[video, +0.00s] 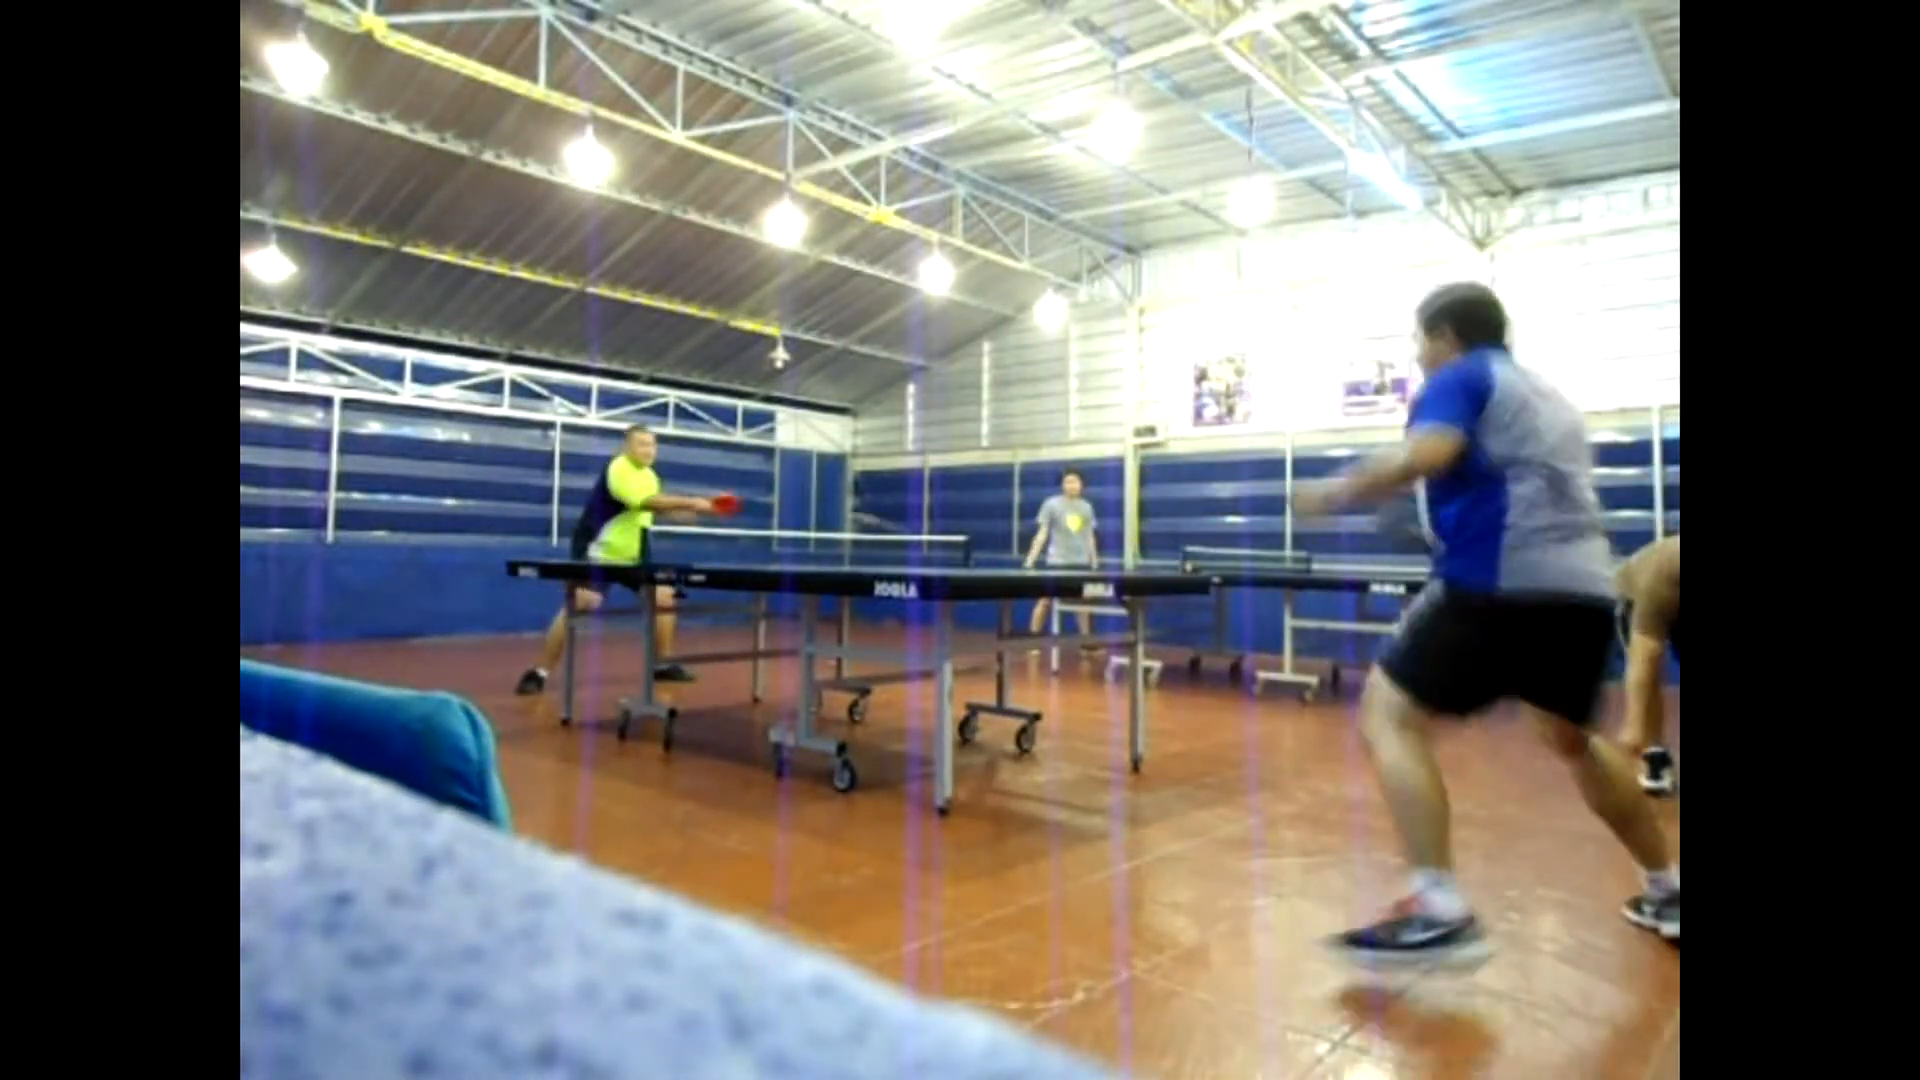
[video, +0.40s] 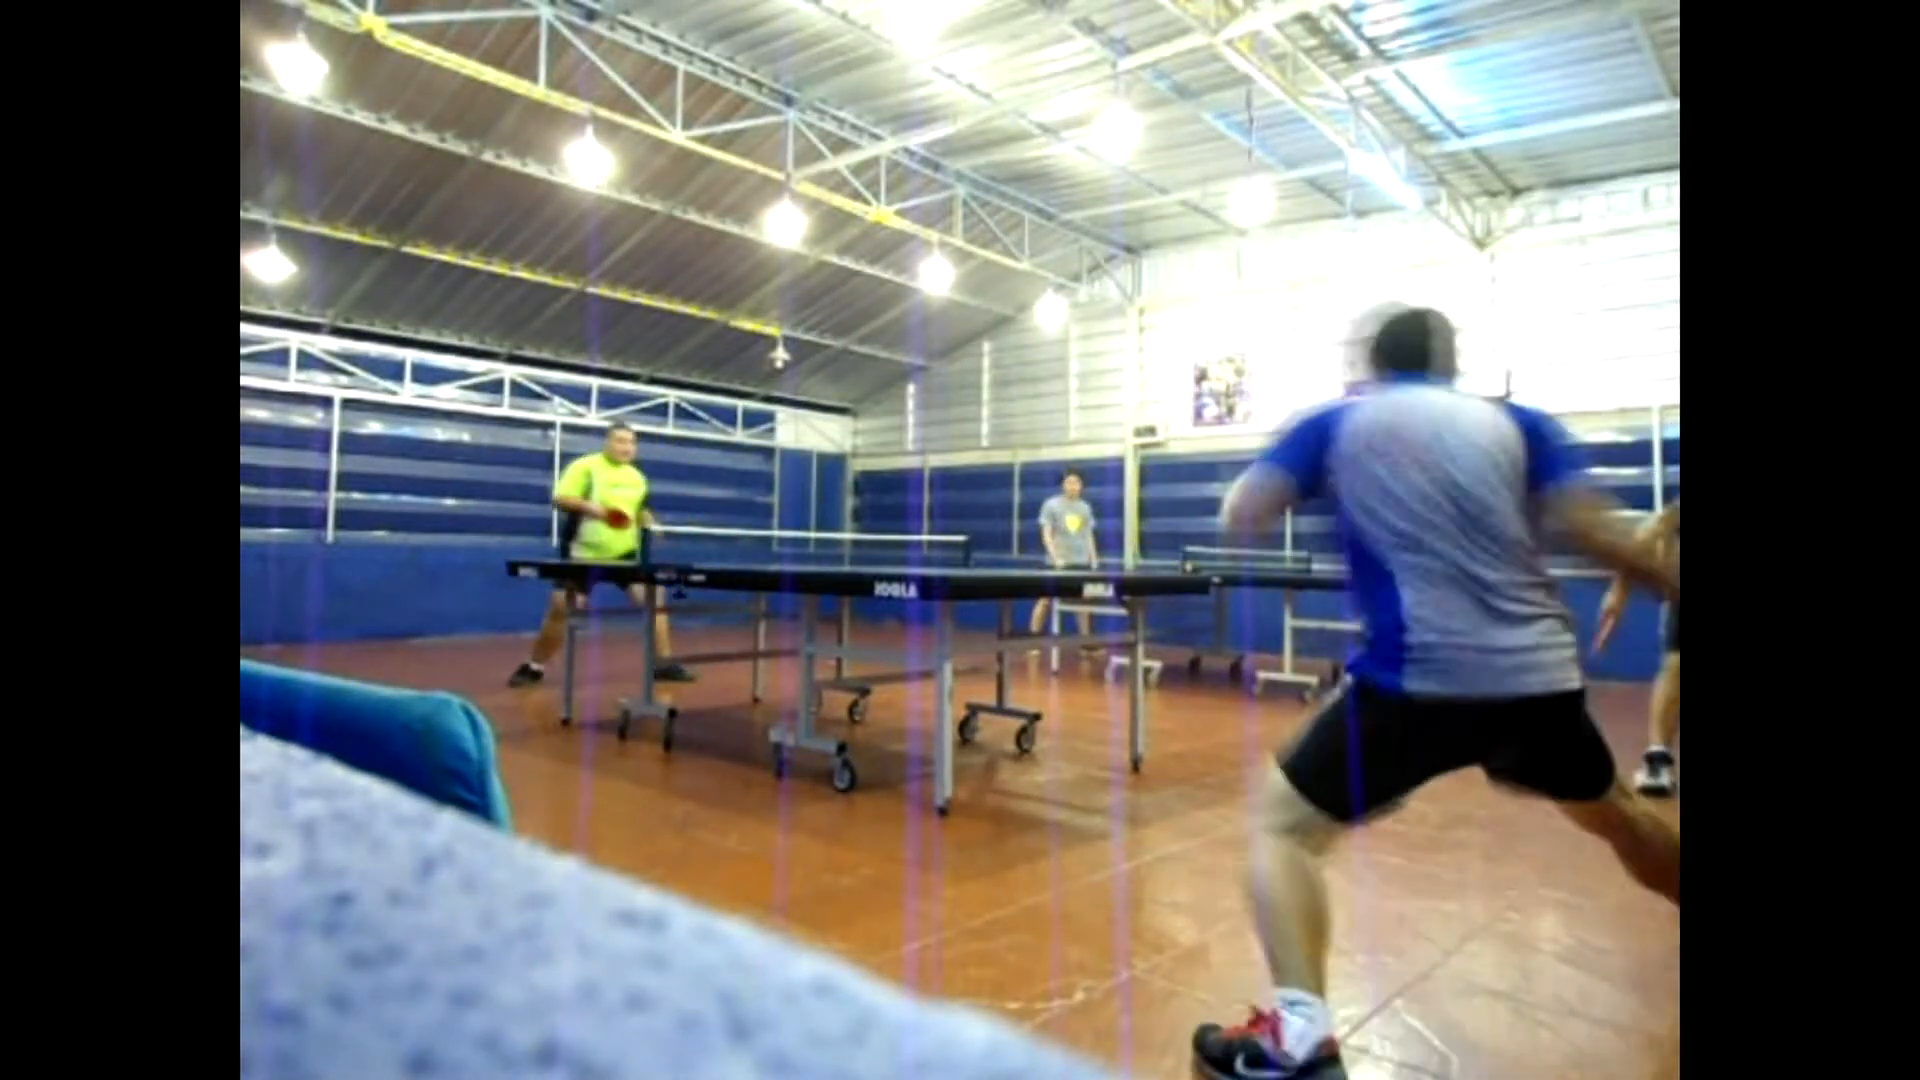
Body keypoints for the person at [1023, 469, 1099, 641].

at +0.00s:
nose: (1072, 486)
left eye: (1075, 482)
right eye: (1068, 482)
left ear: (1081, 485)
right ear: (1062, 485)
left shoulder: (1086, 507)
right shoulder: (1052, 505)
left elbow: (1090, 536)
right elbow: (1042, 533)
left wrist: (1094, 560)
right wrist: (1030, 560)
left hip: (1081, 561)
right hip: (1057, 561)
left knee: (1082, 602)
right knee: (1045, 600)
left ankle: (1086, 639)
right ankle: (1033, 638)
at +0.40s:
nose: (1073, 487)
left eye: (1076, 483)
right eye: (1069, 482)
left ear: (1081, 486)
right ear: (1063, 485)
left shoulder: (1085, 507)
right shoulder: (1051, 505)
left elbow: (1089, 535)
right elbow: (1046, 534)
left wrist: (1093, 559)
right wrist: (1055, 558)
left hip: (1082, 561)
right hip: (1059, 560)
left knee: (1083, 602)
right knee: (1046, 599)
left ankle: (1086, 638)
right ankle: (1034, 636)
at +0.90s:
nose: (1074, 487)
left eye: (1077, 483)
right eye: (1070, 483)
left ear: (1082, 487)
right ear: (1063, 485)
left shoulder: (1084, 508)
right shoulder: (1051, 504)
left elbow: (1086, 533)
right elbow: (1043, 532)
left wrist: (1089, 554)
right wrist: (1065, 543)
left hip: (1080, 560)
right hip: (1056, 560)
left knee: (1083, 600)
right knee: (1046, 598)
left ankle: (1085, 638)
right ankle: (1034, 635)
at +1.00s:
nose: (1086, 490)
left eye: (1089, 486)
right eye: (1083, 485)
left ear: (1092, 489)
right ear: (1075, 487)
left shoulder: (1086, 507)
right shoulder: (1063, 504)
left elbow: (1085, 531)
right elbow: (1065, 522)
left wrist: (1087, 553)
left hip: (1077, 558)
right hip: (1057, 557)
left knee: (1081, 599)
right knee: (1049, 597)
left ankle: (1086, 636)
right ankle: (1037, 633)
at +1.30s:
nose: (1083, 490)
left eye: (1085, 486)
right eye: (1079, 486)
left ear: (1088, 490)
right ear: (1071, 488)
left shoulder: (1085, 509)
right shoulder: (1057, 505)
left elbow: (1087, 532)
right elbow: (1045, 526)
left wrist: (1083, 553)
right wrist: (1065, 530)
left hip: (1076, 558)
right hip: (1053, 557)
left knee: (1084, 599)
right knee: (1043, 597)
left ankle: (1087, 637)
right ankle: (1031, 634)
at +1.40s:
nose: (1078, 492)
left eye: (1081, 488)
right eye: (1075, 487)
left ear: (1084, 492)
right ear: (1067, 489)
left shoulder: (1082, 509)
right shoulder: (1053, 506)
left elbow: (1084, 531)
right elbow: (1039, 529)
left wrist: (1076, 552)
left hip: (1069, 558)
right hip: (1048, 558)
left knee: (1078, 599)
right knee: (1039, 597)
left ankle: (1085, 637)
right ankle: (1030, 634)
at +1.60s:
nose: (1076, 495)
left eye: (1075, 489)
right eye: (1069, 489)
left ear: (1077, 494)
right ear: (1053, 492)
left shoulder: (1076, 517)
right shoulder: (1041, 517)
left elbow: (1081, 542)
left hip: (1068, 566)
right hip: (1042, 564)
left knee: (1076, 601)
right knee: (1037, 598)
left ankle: (1082, 638)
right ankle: (1030, 634)